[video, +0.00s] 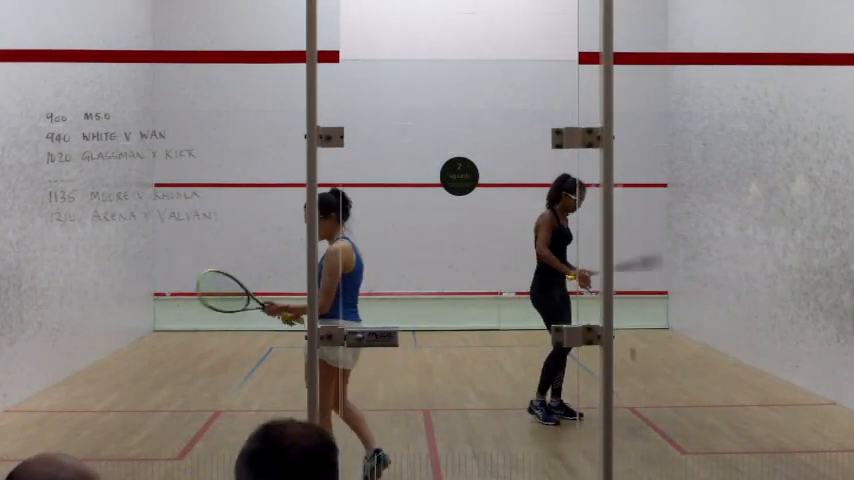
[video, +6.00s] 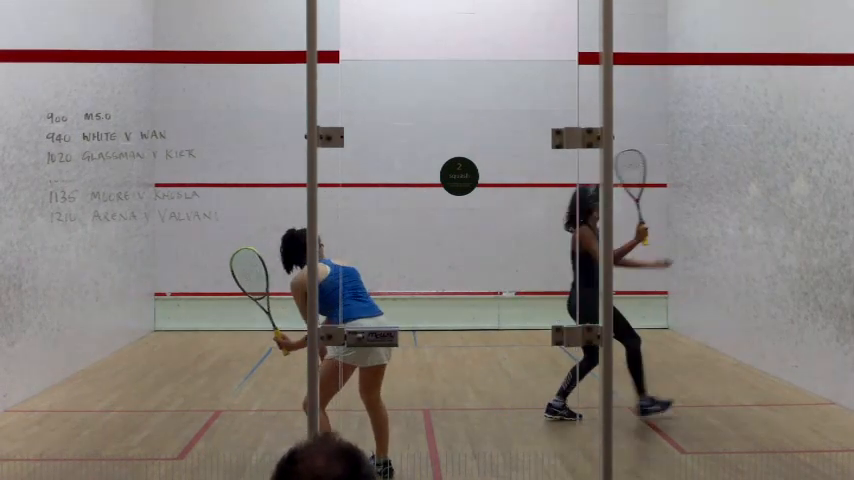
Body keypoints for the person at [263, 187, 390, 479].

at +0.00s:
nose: (311, 226)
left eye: (314, 219)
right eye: (310, 219)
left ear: (330, 217)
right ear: (337, 218)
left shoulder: (336, 252)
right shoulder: (348, 248)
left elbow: (323, 304)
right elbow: (334, 303)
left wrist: (284, 308)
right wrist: (299, 313)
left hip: (333, 338)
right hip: (349, 336)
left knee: (321, 406)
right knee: (340, 401)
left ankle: (319, 463)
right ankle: (374, 452)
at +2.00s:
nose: (329, 225)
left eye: (330, 219)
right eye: (329, 219)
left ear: (342, 217)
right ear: (359, 217)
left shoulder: (340, 250)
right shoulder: (377, 250)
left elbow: (323, 298)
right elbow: (363, 294)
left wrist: (300, 294)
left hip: (339, 332)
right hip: (370, 331)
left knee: (328, 404)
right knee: (368, 401)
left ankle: (327, 467)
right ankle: (367, 466)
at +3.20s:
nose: (322, 220)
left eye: (328, 214)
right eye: (319, 215)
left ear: (344, 216)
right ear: (317, 216)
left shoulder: (348, 248)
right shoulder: (335, 248)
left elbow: (339, 299)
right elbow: (329, 296)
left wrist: (301, 299)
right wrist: (306, 309)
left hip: (338, 328)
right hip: (336, 327)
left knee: (325, 402)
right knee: (348, 399)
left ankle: (324, 460)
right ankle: (364, 455)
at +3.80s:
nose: (303, 239)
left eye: (303, 233)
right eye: (304, 233)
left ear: (307, 235)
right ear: (328, 230)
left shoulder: (321, 261)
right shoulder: (349, 256)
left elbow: (325, 314)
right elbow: (351, 308)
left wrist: (298, 326)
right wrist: (311, 324)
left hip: (358, 337)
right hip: (379, 333)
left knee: (321, 400)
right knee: (366, 396)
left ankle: (325, 463)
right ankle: (385, 460)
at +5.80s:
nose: (330, 246)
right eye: (328, 243)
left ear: (299, 253)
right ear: (326, 245)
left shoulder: (305, 275)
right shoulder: (349, 264)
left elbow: (317, 321)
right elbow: (347, 317)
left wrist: (325, 355)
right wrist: (305, 341)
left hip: (352, 332)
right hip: (385, 328)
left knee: (323, 402)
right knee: (373, 395)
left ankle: (329, 463)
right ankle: (382, 462)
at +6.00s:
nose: (324, 245)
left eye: (321, 241)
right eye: (320, 242)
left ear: (294, 256)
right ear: (317, 247)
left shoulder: (300, 281)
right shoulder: (343, 267)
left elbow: (315, 327)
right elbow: (337, 317)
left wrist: (323, 355)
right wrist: (295, 344)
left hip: (350, 337)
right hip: (381, 331)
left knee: (313, 404)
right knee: (372, 396)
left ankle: (335, 462)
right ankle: (383, 461)